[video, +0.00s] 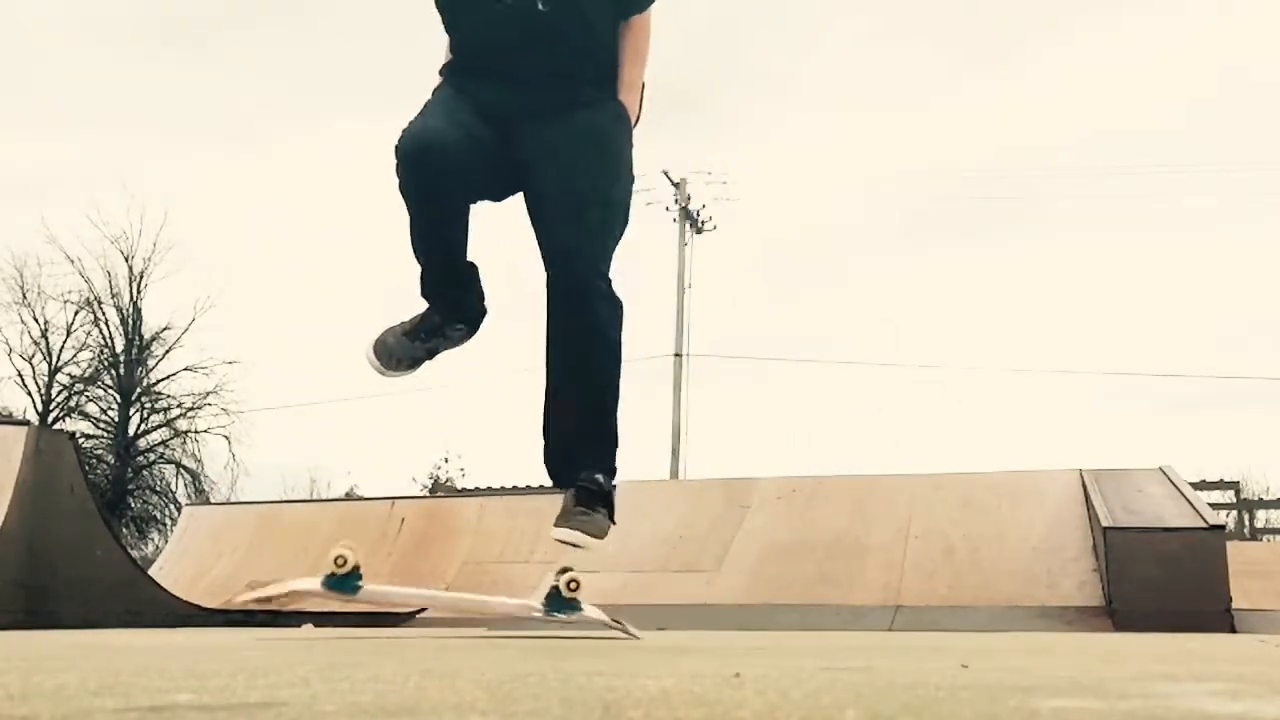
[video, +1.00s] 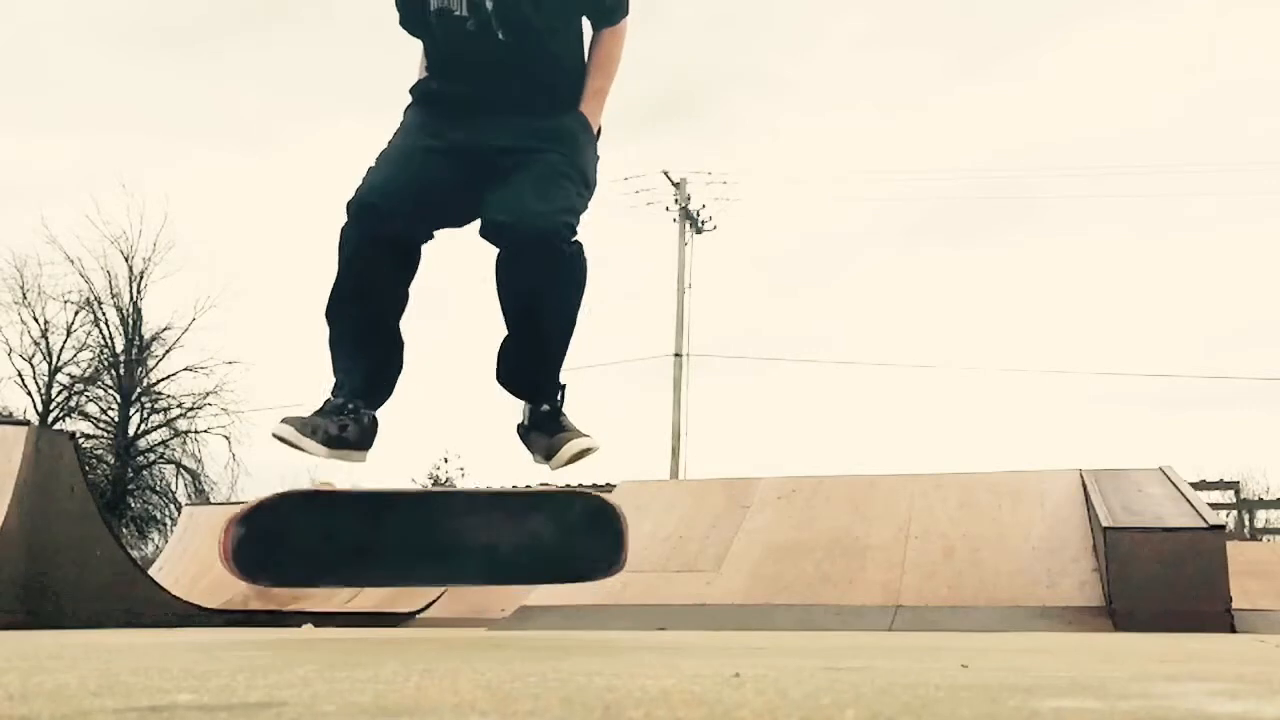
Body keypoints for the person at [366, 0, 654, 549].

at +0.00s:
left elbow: (635, 13)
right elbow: (462, 31)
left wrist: (622, 113)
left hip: (580, 97)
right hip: (479, 88)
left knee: (581, 283)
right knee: (425, 154)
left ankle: (588, 480)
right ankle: (453, 308)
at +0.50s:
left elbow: (621, 15)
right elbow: (442, 31)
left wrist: (603, 111)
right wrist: (436, 93)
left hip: (558, 109)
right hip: (459, 105)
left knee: (554, 225)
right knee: (395, 152)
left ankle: (558, 402)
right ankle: (407, 339)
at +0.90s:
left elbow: (613, 18)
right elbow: (429, 35)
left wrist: (589, 117)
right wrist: (428, 100)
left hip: (548, 118)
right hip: (447, 111)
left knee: (539, 232)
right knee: (378, 212)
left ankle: (543, 406)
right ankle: (357, 399)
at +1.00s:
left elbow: (613, 18)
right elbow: (431, 36)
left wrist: (587, 118)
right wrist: (426, 102)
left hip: (548, 117)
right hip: (446, 111)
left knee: (537, 235)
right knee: (375, 221)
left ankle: (543, 410)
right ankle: (352, 405)